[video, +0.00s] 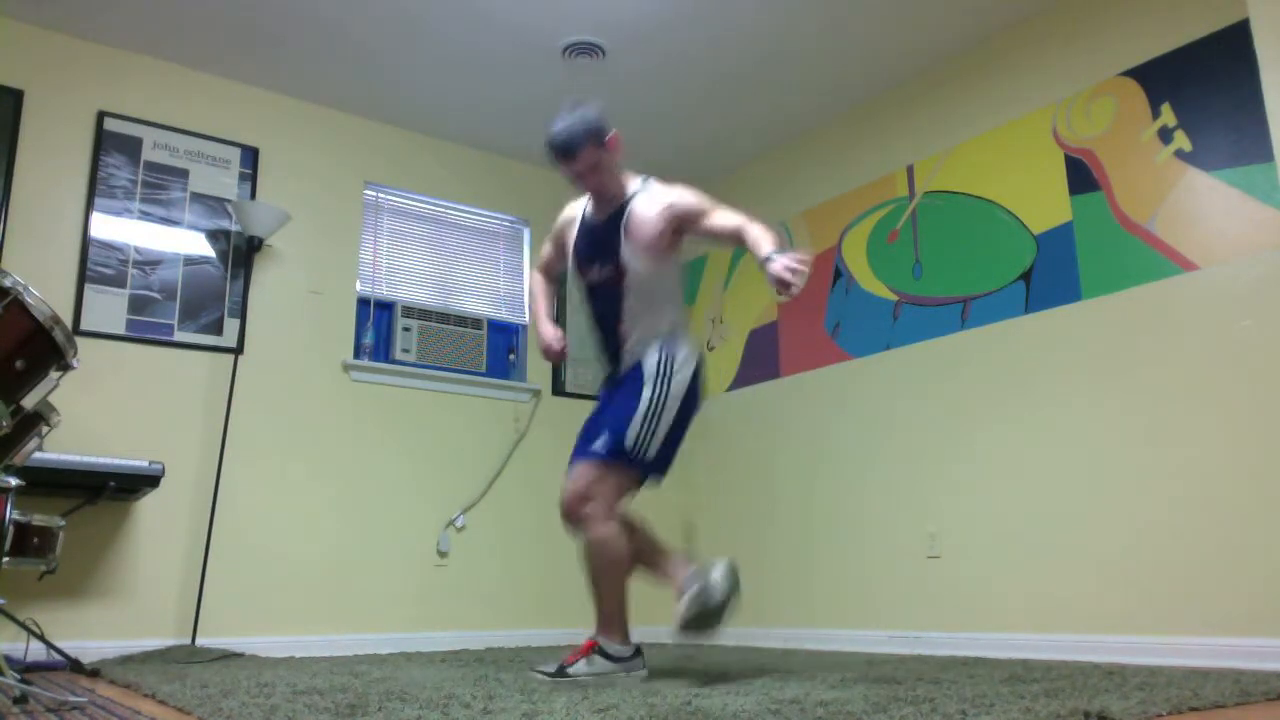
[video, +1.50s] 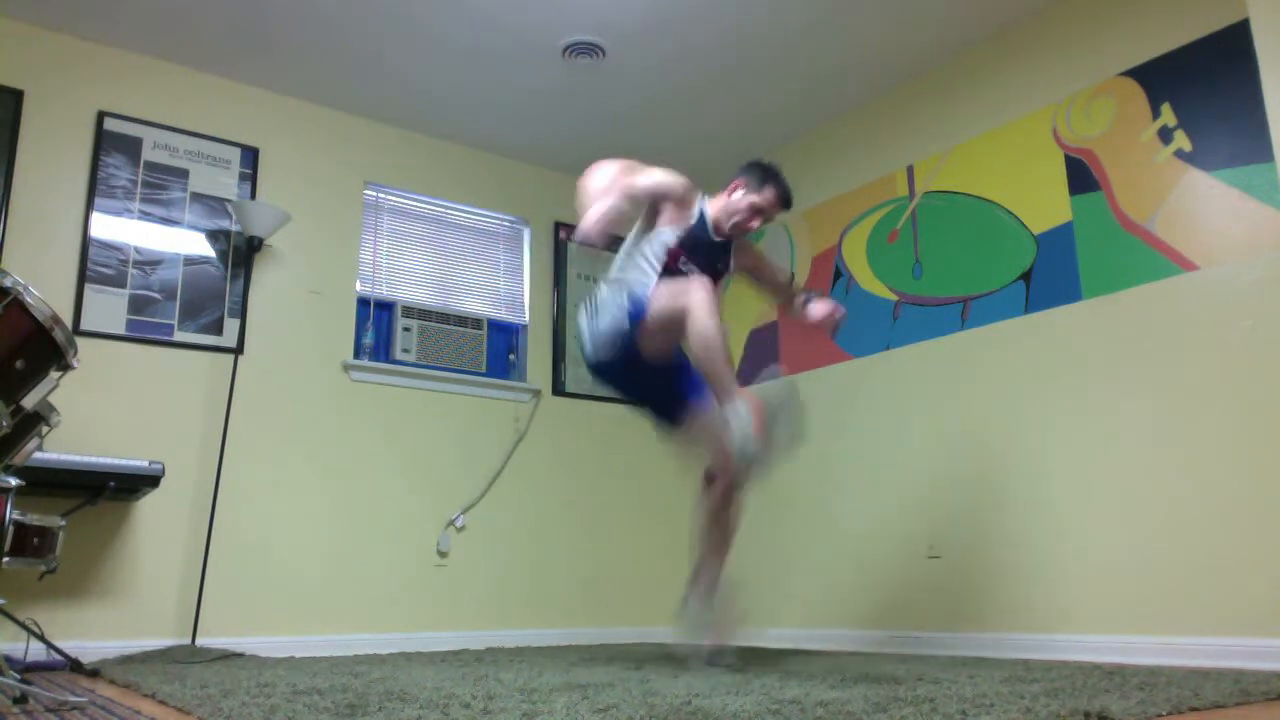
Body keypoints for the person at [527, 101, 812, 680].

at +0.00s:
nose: (584, 179)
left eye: (589, 164)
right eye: (572, 170)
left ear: (614, 146)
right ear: (563, 170)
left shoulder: (661, 203)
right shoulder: (573, 219)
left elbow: (744, 225)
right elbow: (543, 272)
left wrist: (771, 256)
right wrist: (544, 323)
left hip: (664, 366)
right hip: (626, 374)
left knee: (592, 498)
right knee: (579, 506)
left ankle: (614, 646)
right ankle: (695, 579)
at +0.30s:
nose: (536, 179)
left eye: (533, 165)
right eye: (525, 174)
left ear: (554, 136)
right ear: (531, 165)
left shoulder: (599, 167)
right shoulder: (578, 194)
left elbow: (672, 182)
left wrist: (679, 230)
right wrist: (709, 276)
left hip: (614, 334)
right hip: (637, 338)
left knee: (574, 482)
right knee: (616, 481)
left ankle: (607, 618)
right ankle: (676, 414)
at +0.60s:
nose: (650, 186)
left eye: (654, 178)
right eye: (654, 177)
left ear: (610, 155)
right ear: (641, 163)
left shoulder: (550, 179)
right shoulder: (638, 187)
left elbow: (486, 236)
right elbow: (733, 183)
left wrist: (497, 302)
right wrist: (809, 193)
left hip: (606, 357)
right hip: (663, 343)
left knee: (594, 501)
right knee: (666, 434)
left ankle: (598, 644)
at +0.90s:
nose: (725, 228)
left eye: (733, 223)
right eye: (730, 216)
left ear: (696, 181)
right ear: (716, 191)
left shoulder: (637, 213)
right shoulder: (690, 203)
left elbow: (549, 253)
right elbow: (654, 246)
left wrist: (535, 331)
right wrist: (679, 318)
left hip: (608, 364)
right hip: (651, 350)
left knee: (664, 502)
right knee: (729, 460)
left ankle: (651, 636)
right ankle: (702, 592)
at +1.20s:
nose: (741, 207)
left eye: (748, 203)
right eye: (744, 194)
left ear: (742, 200)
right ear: (727, 170)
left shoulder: (697, 227)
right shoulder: (681, 174)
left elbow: (709, 280)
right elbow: (655, 200)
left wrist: (754, 300)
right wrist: (663, 265)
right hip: (641, 306)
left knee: (686, 451)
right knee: (754, 342)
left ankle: (665, 586)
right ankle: (697, 453)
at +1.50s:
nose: (753, 225)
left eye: (763, 221)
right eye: (754, 210)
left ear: (763, 223)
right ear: (734, 188)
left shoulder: (737, 254)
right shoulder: (680, 193)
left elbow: (785, 292)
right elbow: (605, 175)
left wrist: (810, 307)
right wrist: (598, 216)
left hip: (662, 370)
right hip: (613, 338)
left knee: (730, 460)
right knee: (696, 292)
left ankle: (700, 601)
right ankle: (739, 423)